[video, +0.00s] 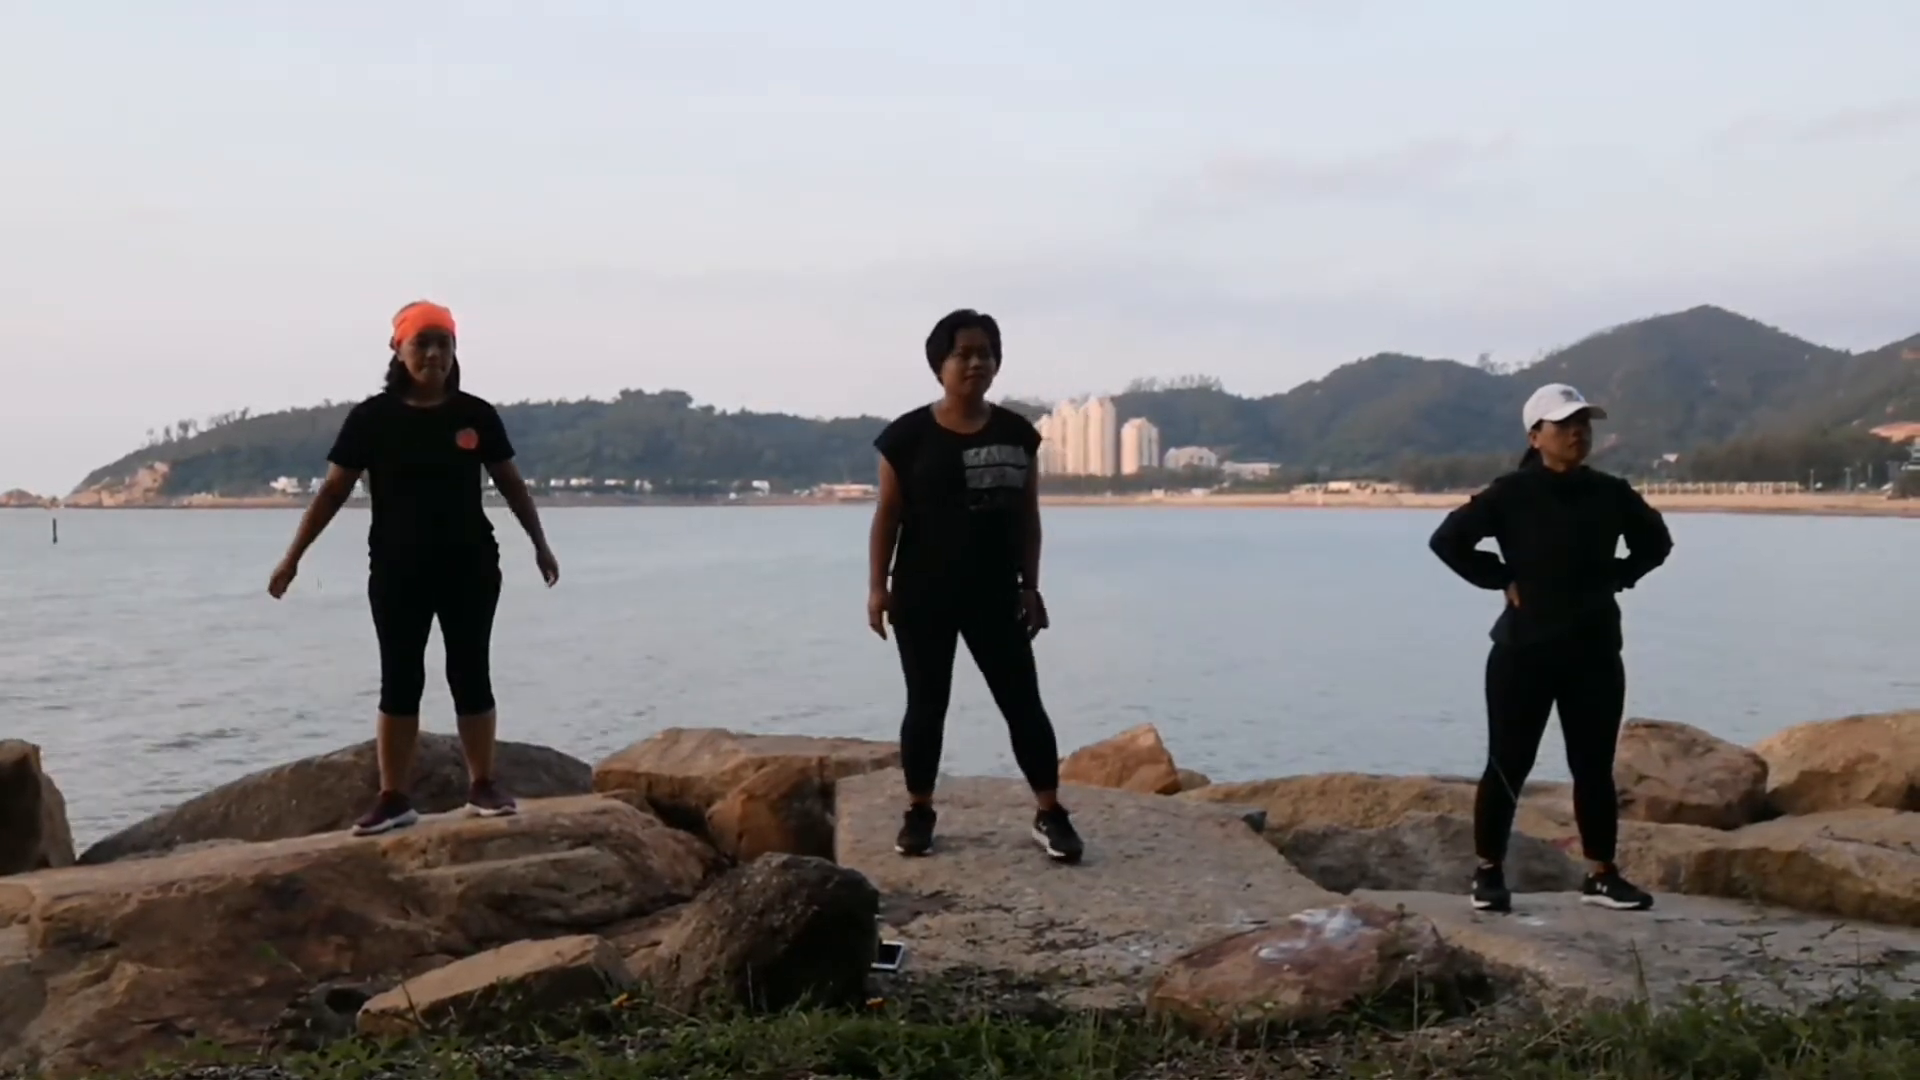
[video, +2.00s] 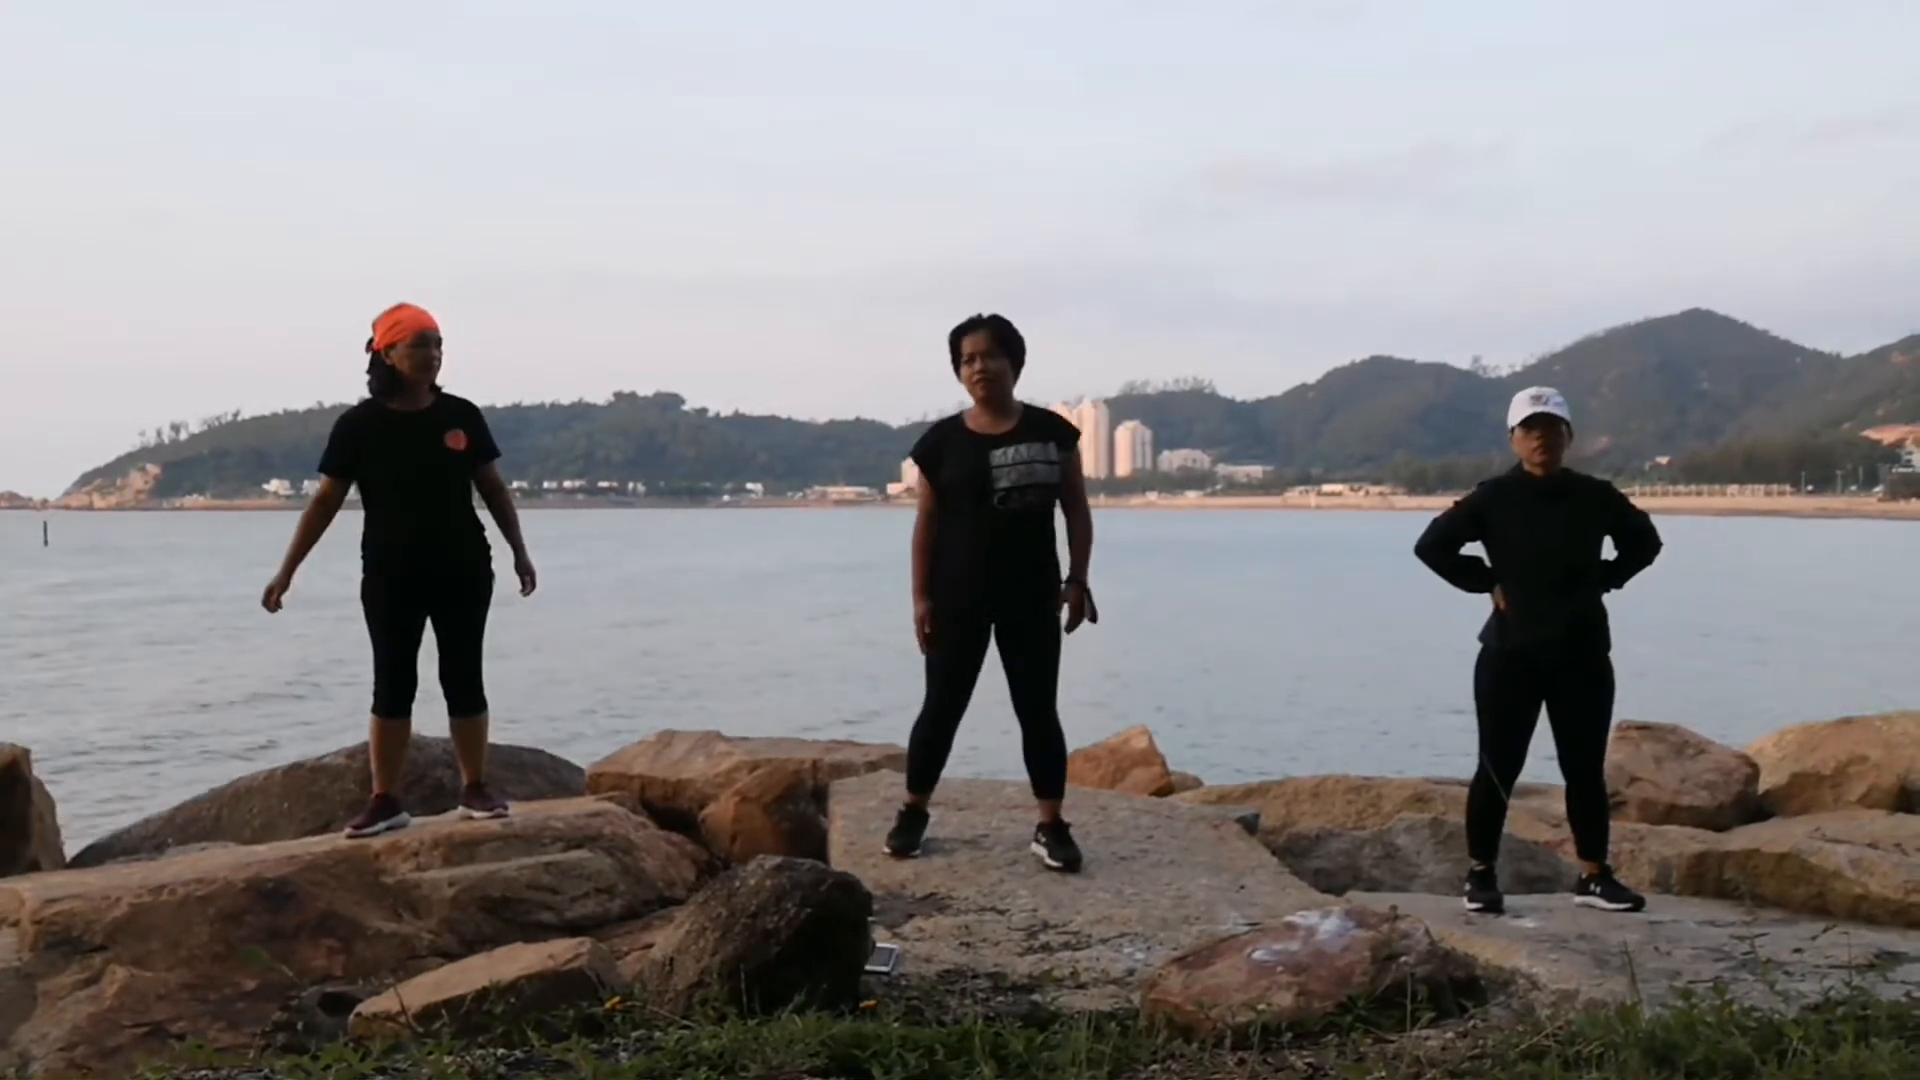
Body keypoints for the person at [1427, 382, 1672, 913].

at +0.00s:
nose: (1580, 433)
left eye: (1583, 423)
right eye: (1567, 424)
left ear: (1588, 429)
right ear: (1537, 435)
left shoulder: (1610, 492)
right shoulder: (1511, 493)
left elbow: (1657, 542)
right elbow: (1447, 541)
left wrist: (1613, 578)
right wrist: (1502, 578)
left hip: (1593, 651)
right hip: (1524, 650)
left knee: (1595, 769)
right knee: (1507, 766)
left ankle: (1602, 874)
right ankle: (1489, 874)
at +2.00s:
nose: (1541, 439)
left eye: (1551, 429)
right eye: (1530, 429)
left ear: (1567, 436)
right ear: (1513, 438)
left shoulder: (1594, 495)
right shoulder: (1493, 498)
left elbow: (1645, 542)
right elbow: (1431, 547)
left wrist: (1603, 578)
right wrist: (1487, 581)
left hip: (1581, 653)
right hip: (1512, 653)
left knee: (1586, 770)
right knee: (1498, 768)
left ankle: (1594, 875)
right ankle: (1481, 874)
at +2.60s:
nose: (1493, 442)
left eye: (1502, 432)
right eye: (1482, 433)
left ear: (1512, 436)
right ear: (1459, 437)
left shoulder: (1532, 489)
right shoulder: (1437, 502)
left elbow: (1574, 524)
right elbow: (1380, 561)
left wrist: (1542, 565)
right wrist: (1441, 591)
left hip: (1536, 642)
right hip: (1471, 648)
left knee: (1575, 749)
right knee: (1474, 765)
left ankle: (1555, 836)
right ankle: (1476, 873)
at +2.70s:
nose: (1496, 447)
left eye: (1502, 438)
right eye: (1485, 438)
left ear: (1510, 439)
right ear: (1456, 438)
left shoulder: (1528, 488)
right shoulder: (1432, 502)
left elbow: (1572, 525)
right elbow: (1375, 562)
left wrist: (1541, 564)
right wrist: (1437, 591)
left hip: (1534, 639)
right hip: (1470, 647)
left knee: (1577, 746)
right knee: (1473, 765)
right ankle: (1476, 875)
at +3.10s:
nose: (1515, 457)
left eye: (1519, 447)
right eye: (1505, 446)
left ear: (1521, 444)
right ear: (1474, 442)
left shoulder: (1536, 489)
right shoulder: (1447, 501)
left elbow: (1567, 525)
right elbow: (1388, 567)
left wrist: (1536, 570)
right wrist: (1450, 594)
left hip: (1541, 636)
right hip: (1479, 642)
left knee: (1570, 743)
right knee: (1476, 765)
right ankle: (1473, 874)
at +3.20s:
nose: (1532, 461)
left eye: (1536, 451)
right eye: (1523, 451)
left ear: (1540, 446)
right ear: (1491, 444)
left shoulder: (1549, 493)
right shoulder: (1461, 500)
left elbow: (1566, 537)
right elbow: (1403, 568)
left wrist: (1533, 581)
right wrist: (1462, 595)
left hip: (1547, 642)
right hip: (1486, 648)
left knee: (1577, 751)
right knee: (1480, 765)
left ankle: (1590, 853)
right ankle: (1474, 875)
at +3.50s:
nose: (1603, 471)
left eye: (1610, 461)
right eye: (1594, 460)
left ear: (1618, 451)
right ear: (1566, 446)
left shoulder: (1621, 496)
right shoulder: (1527, 498)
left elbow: (1644, 545)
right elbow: (1459, 547)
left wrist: (1605, 581)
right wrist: (1512, 585)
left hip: (1604, 649)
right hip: (1536, 650)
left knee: (1627, 767)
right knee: (1513, 766)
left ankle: (1645, 880)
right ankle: (1478, 875)